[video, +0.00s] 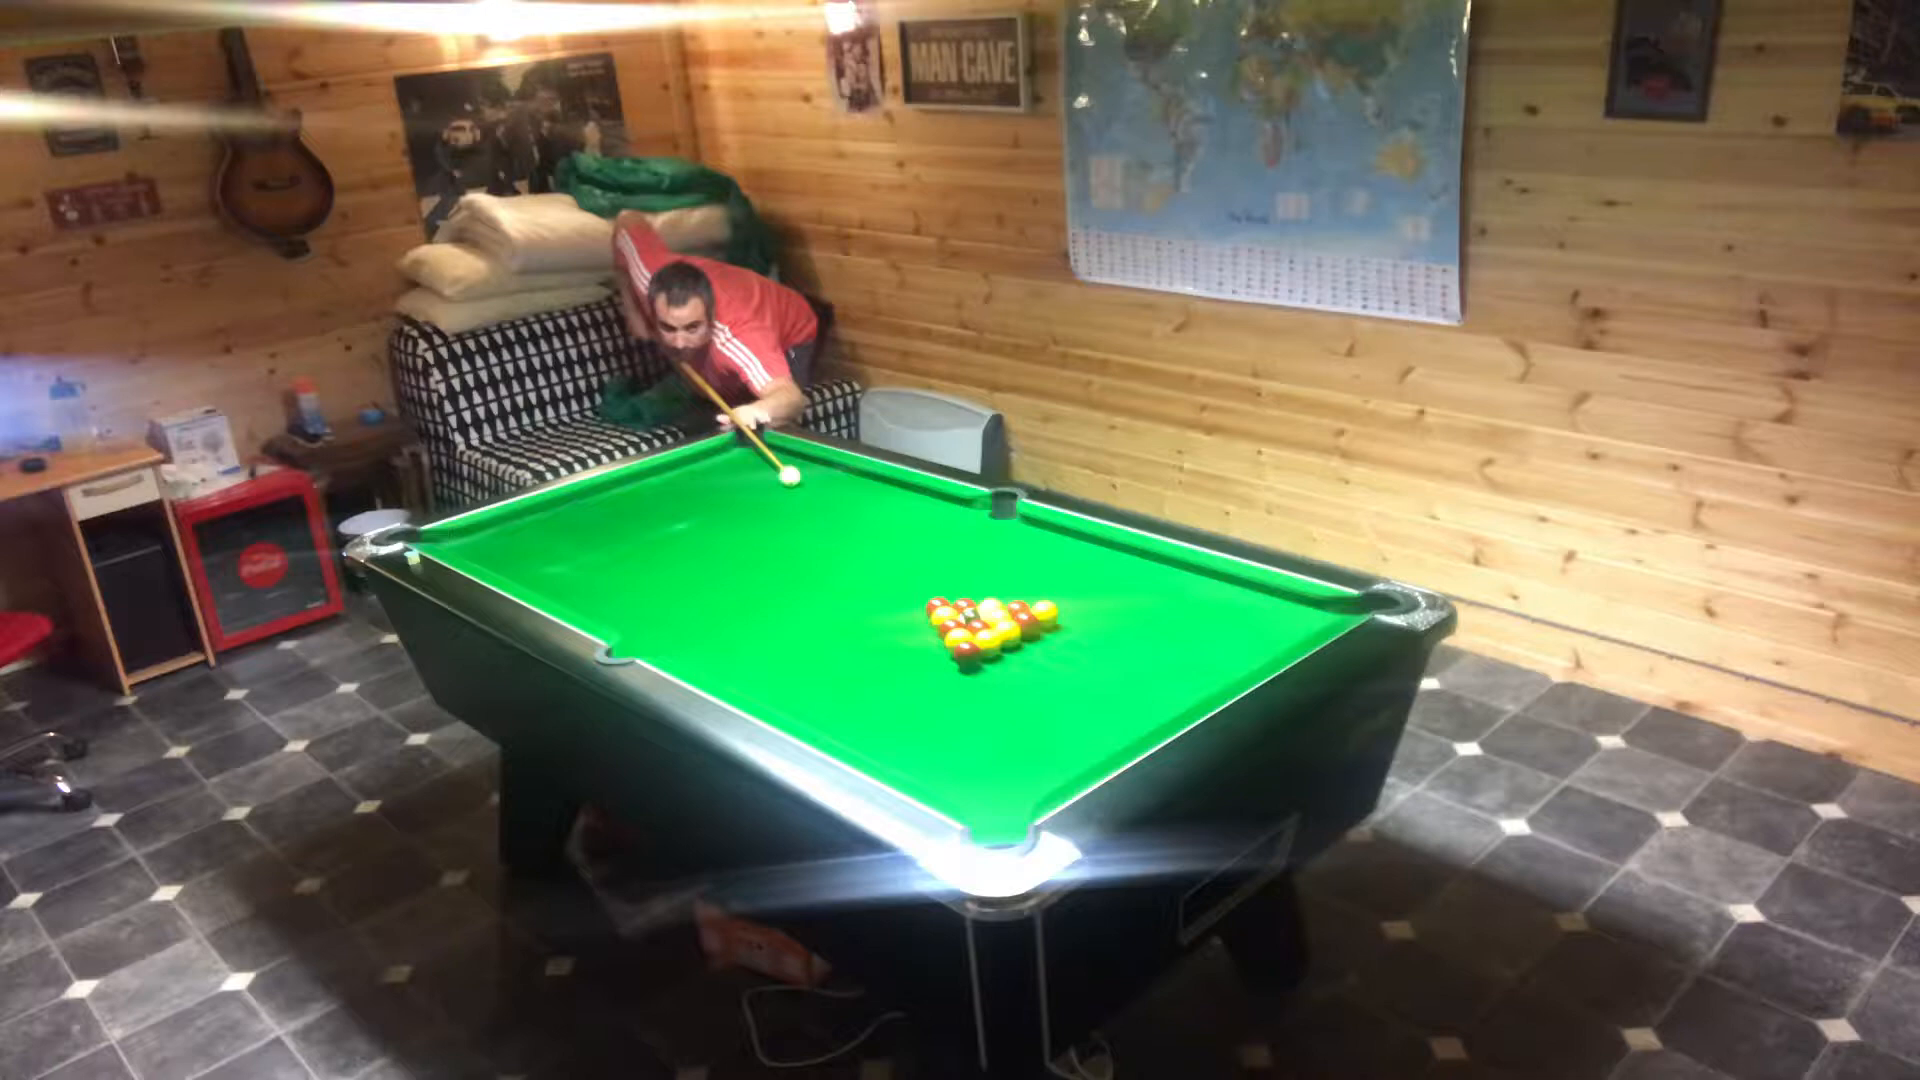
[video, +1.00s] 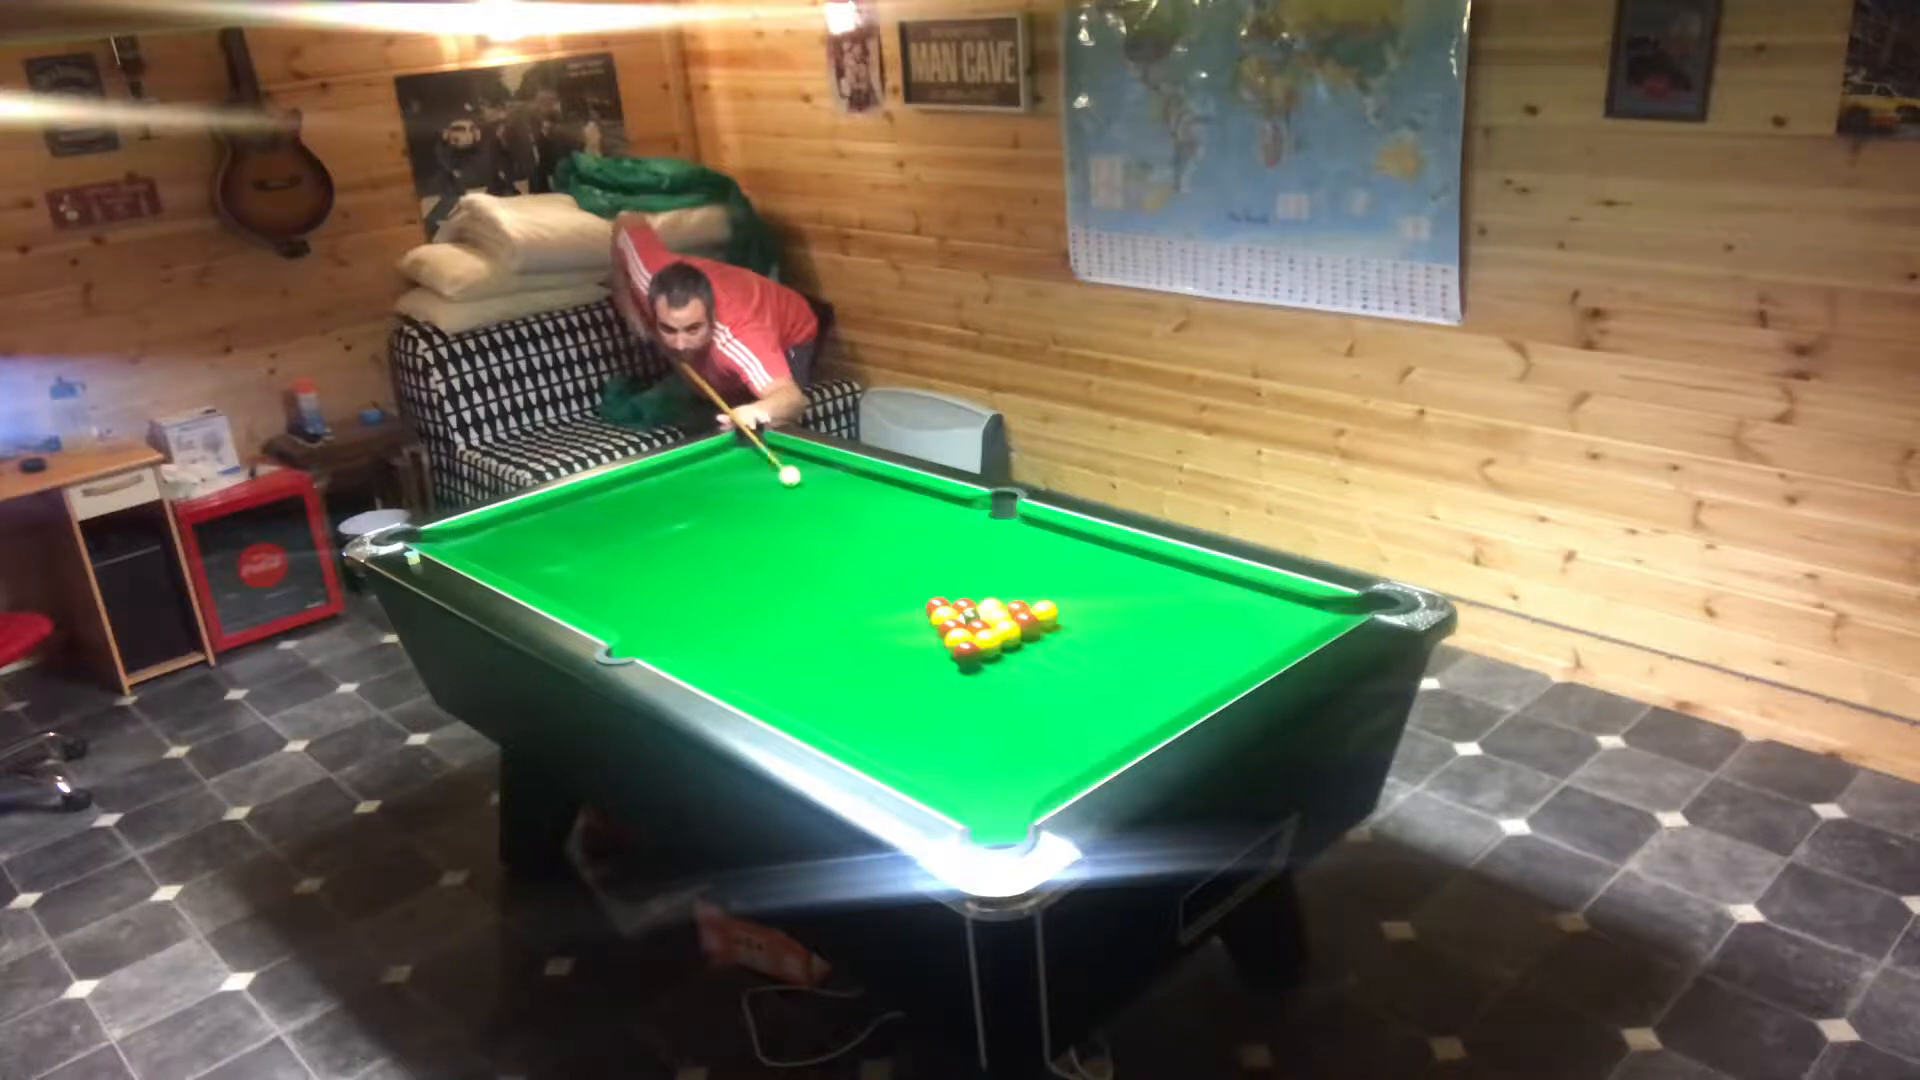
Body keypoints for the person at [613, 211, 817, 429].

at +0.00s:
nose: (680, 342)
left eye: (692, 329)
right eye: (668, 329)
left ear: (710, 318)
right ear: (655, 314)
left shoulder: (737, 335)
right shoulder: (653, 278)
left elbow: (791, 398)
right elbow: (627, 219)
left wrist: (757, 411)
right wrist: (633, 310)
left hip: (790, 333)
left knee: (769, 434)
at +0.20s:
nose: (680, 342)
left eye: (692, 329)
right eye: (668, 329)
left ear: (710, 318)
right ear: (654, 315)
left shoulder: (738, 336)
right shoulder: (652, 279)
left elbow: (792, 398)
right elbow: (626, 221)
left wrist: (757, 410)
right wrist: (631, 309)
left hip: (789, 335)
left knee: (771, 436)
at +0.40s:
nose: (680, 342)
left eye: (692, 330)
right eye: (668, 330)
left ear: (710, 318)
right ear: (654, 315)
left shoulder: (738, 337)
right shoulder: (652, 280)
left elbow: (792, 399)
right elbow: (627, 220)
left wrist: (758, 410)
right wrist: (624, 300)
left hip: (790, 334)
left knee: (771, 435)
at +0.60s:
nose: (680, 343)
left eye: (692, 330)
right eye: (668, 331)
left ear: (710, 316)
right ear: (653, 315)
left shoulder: (738, 337)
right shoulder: (653, 278)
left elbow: (792, 399)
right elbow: (627, 217)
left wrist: (758, 410)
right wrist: (621, 293)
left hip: (790, 333)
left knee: (771, 436)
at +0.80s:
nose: (680, 343)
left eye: (692, 330)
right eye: (668, 331)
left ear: (711, 317)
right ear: (654, 316)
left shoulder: (738, 337)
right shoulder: (654, 277)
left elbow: (792, 399)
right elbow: (627, 217)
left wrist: (757, 411)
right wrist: (625, 302)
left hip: (790, 333)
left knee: (771, 435)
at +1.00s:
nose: (681, 343)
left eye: (692, 330)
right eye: (669, 331)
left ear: (711, 317)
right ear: (655, 316)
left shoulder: (738, 337)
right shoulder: (652, 277)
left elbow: (792, 399)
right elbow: (627, 221)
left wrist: (758, 411)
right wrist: (627, 306)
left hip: (789, 335)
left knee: (772, 435)